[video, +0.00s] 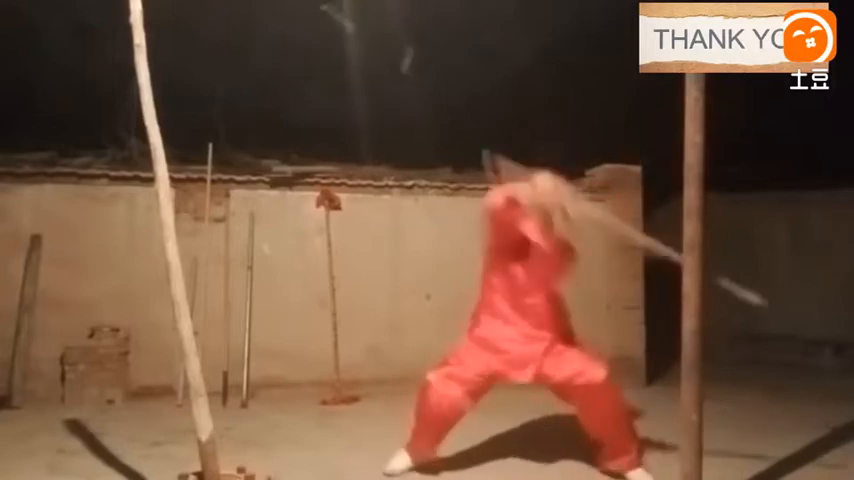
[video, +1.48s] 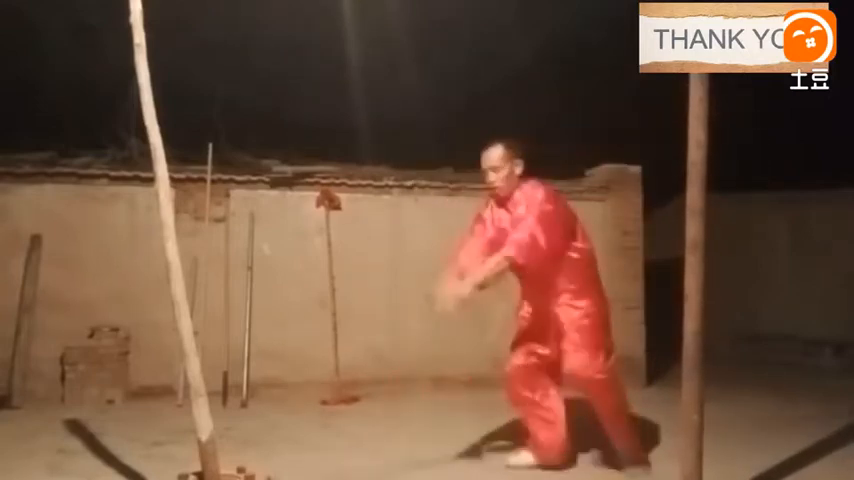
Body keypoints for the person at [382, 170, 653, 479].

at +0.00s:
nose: (547, 200)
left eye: (553, 195)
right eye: (541, 192)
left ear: (559, 202)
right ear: (528, 196)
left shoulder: (558, 247)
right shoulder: (507, 234)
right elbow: (498, 203)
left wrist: (570, 346)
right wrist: (529, 192)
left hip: (544, 346)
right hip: (493, 343)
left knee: (596, 383)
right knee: (441, 392)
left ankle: (623, 462)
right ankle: (416, 451)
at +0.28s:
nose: (490, 206)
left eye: (498, 198)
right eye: (486, 198)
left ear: (510, 205)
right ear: (475, 208)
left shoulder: (519, 250)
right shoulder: (467, 251)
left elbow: (517, 225)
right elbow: (454, 199)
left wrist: (506, 184)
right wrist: (499, 168)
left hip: (521, 352)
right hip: (468, 351)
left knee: (577, 396)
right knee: (416, 386)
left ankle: (625, 464)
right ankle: (411, 456)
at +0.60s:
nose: (492, 206)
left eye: (499, 197)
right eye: (486, 198)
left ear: (512, 202)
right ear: (475, 204)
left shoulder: (518, 241)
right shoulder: (464, 245)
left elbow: (523, 276)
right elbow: (451, 205)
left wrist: (505, 205)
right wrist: (484, 178)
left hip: (522, 351)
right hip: (466, 348)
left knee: (577, 395)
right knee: (412, 383)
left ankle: (626, 466)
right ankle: (411, 455)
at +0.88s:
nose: (495, 201)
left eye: (503, 193)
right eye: (489, 194)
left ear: (516, 197)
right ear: (477, 200)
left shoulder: (523, 237)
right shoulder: (468, 240)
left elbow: (520, 224)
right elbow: (453, 195)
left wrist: (503, 184)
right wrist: (487, 171)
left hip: (524, 347)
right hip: (469, 345)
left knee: (579, 394)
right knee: (415, 382)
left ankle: (627, 466)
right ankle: (410, 456)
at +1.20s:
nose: (515, 179)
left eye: (521, 172)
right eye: (507, 173)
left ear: (532, 175)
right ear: (494, 175)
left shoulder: (549, 211)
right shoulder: (489, 212)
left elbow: (549, 261)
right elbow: (465, 196)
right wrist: (481, 160)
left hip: (561, 316)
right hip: (512, 320)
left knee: (596, 387)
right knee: (474, 379)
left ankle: (627, 465)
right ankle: (430, 444)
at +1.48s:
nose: (490, 178)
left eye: (496, 170)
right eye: (486, 172)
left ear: (517, 167)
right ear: (484, 174)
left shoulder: (539, 198)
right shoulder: (495, 210)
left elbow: (518, 250)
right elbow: (474, 249)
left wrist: (472, 282)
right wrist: (453, 281)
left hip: (576, 301)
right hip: (539, 303)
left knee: (586, 370)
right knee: (525, 370)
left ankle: (629, 453)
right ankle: (549, 450)